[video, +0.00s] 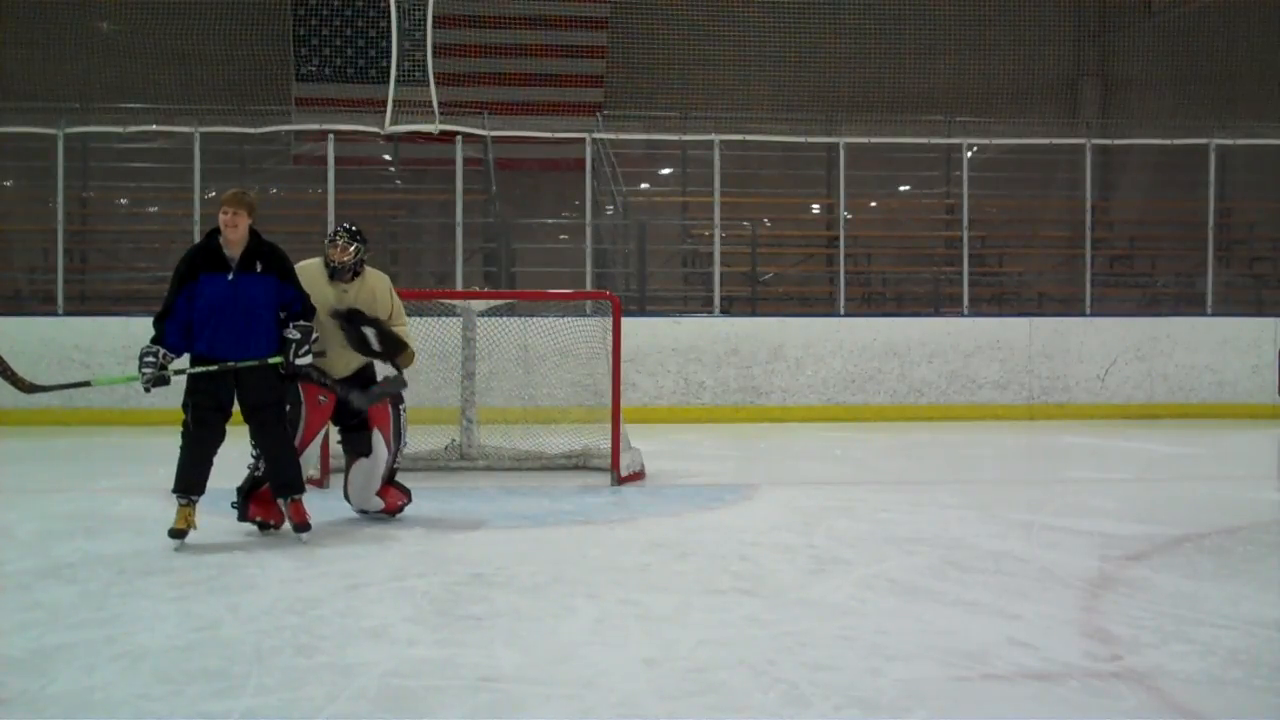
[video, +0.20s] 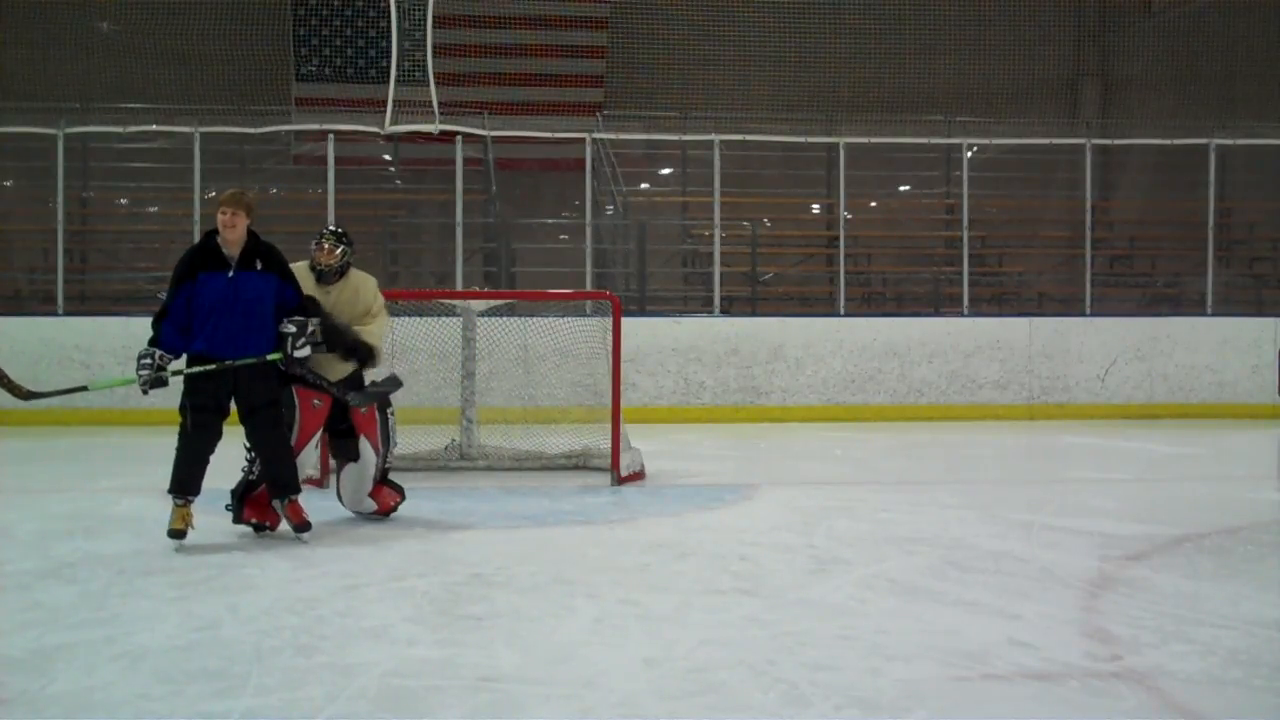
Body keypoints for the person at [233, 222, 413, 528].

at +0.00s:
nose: (338, 255)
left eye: (346, 249)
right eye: (334, 248)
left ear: (359, 253)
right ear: (326, 249)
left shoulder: (378, 285)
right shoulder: (302, 276)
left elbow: (402, 342)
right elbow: (279, 316)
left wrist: (380, 340)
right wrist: (292, 352)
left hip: (358, 373)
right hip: (310, 372)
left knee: (369, 440)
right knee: (293, 433)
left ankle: (368, 498)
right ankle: (260, 494)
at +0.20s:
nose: (324, 256)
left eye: (331, 251)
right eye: (320, 249)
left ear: (345, 255)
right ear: (312, 251)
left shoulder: (364, 286)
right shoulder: (293, 276)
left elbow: (378, 325)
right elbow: (273, 314)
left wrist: (360, 348)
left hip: (347, 375)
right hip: (301, 373)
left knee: (353, 439)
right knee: (282, 434)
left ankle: (361, 498)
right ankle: (257, 497)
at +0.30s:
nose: (315, 259)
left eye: (323, 254)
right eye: (311, 252)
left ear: (337, 258)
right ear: (304, 254)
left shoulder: (354, 289)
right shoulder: (286, 278)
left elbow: (365, 340)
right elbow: (266, 315)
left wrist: (330, 345)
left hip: (338, 380)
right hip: (293, 375)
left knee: (342, 441)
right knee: (278, 433)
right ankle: (255, 497)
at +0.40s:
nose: (306, 261)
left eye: (314, 256)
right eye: (302, 254)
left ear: (327, 260)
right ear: (295, 256)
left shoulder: (346, 290)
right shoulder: (278, 279)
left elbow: (355, 338)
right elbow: (260, 317)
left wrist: (321, 347)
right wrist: (278, 344)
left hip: (326, 375)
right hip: (281, 370)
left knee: (336, 434)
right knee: (273, 427)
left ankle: (346, 496)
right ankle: (249, 493)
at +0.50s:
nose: (300, 258)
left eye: (308, 253)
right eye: (295, 251)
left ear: (321, 256)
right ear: (288, 254)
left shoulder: (340, 288)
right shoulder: (273, 278)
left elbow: (347, 336)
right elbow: (257, 316)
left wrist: (313, 346)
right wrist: (274, 342)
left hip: (320, 371)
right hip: (275, 367)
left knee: (336, 414)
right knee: (266, 419)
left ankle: (343, 488)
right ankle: (250, 488)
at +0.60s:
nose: (303, 257)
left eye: (310, 252)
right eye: (297, 250)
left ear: (321, 256)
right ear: (288, 252)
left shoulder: (339, 287)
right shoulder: (269, 277)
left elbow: (345, 335)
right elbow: (254, 318)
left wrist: (314, 354)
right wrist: (270, 349)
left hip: (322, 370)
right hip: (276, 367)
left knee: (344, 411)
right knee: (264, 416)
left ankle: (346, 483)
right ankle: (251, 482)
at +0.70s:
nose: (308, 260)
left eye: (315, 254)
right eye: (302, 253)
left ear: (328, 258)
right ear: (294, 254)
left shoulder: (345, 288)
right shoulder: (272, 277)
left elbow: (347, 341)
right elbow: (254, 320)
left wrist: (312, 352)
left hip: (326, 371)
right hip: (278, 367)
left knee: (353, 416)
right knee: (271, 420)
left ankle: (352, 492)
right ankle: (244, 493)